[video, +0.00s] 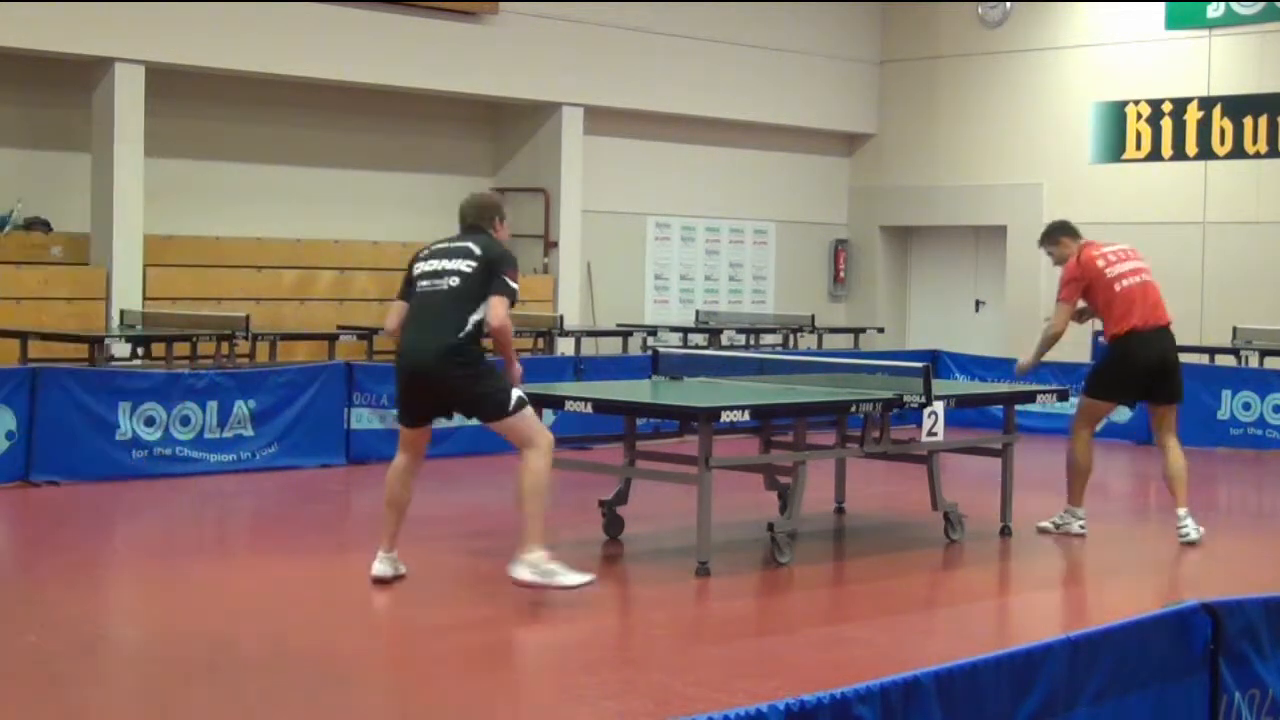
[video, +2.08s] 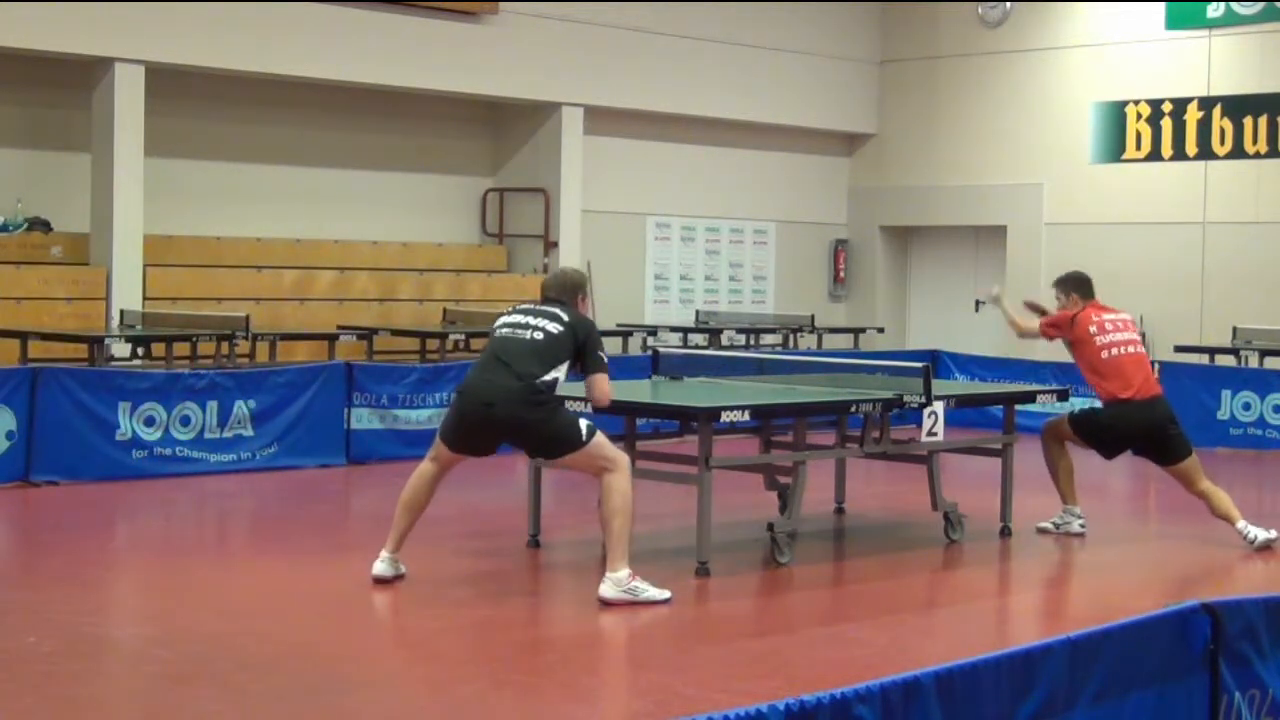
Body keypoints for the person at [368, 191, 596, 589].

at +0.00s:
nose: (508, 232)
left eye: (507, 226)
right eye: (507, 226)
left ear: (463, 224)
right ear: (497, 225)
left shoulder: (426, 255)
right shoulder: (499, 255)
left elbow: (393, 323)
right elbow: (497, 321)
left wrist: (426, 348)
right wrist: (510, 363)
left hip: (411, 366)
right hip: (460, 364)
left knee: (408, 453)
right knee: (538, 442)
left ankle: (385, 555)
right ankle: (533, 554)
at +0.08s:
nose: (519, 240)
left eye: (517, 235)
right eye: (518, 235)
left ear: (475, 232)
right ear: (510, 233)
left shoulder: (438, 261)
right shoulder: (512, 262)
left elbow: (405, 329)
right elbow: (511, 326)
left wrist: (433, 357)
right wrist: (516, 371)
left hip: (422, 367)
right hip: (472, 368)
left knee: (411, 457)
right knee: (539, 456)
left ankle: (386, 555)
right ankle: (583, 561)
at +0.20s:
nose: (545, 270)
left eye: (544, 264)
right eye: (544, 264)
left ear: (500, 260)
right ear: (535, 263)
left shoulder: (462, 285)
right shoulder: (538, 291)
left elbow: (420, 349)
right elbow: (539, 353)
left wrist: (450, 374)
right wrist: (532, 389)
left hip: (441, 385)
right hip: (494, 387)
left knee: (417, 458)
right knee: (565, 470)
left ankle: (386, 556)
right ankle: (611, 575)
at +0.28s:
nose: (562, 296)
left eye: (560, 288)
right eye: (561, 289)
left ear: (517, 284)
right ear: (552, 289)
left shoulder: (477, 304)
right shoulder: (554, 312)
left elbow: (433, 362)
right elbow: (554, 371)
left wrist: (462, 394)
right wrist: (546, 408)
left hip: (452, 396)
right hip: (506, 398)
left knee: (424, 461)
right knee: (591, 466)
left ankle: (386, 557)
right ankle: (616, 575)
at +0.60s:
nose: (597, 342)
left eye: (596, 336)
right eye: (597, 336)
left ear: (559, 322)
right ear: (589, 332)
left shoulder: (512, 334)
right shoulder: (584, 349)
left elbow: (458, 382)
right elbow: (574, 396)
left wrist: (501, 432)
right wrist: (558, 436)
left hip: (471, 408)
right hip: (529, 415)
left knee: (435, 464)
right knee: (615, 465)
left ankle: (386, 557)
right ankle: (618, 576)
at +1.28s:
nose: (595, 338)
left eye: (594, 332)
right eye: (595, 332)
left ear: (555, 319)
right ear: (586, 329)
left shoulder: (516, 331)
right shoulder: (583, 347)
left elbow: (496, 373)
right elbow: (589, 409)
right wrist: (578, 430)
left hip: (470, 409)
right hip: (525, 417)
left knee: (435, 464)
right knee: (616, 466)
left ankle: (386, 556)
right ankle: (618, 576)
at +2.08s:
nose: (589, 305)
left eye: (588, 300)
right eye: (588, 300)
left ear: (544, 296)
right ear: (580, 301)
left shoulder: (512, 313)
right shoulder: (581, 325)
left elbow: (501, 361)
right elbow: (602, 397)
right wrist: (598, 392)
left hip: (472, 404)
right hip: (529, 410)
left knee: (435, 463)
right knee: (616, 465)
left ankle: (386, 557)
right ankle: (618, 576)